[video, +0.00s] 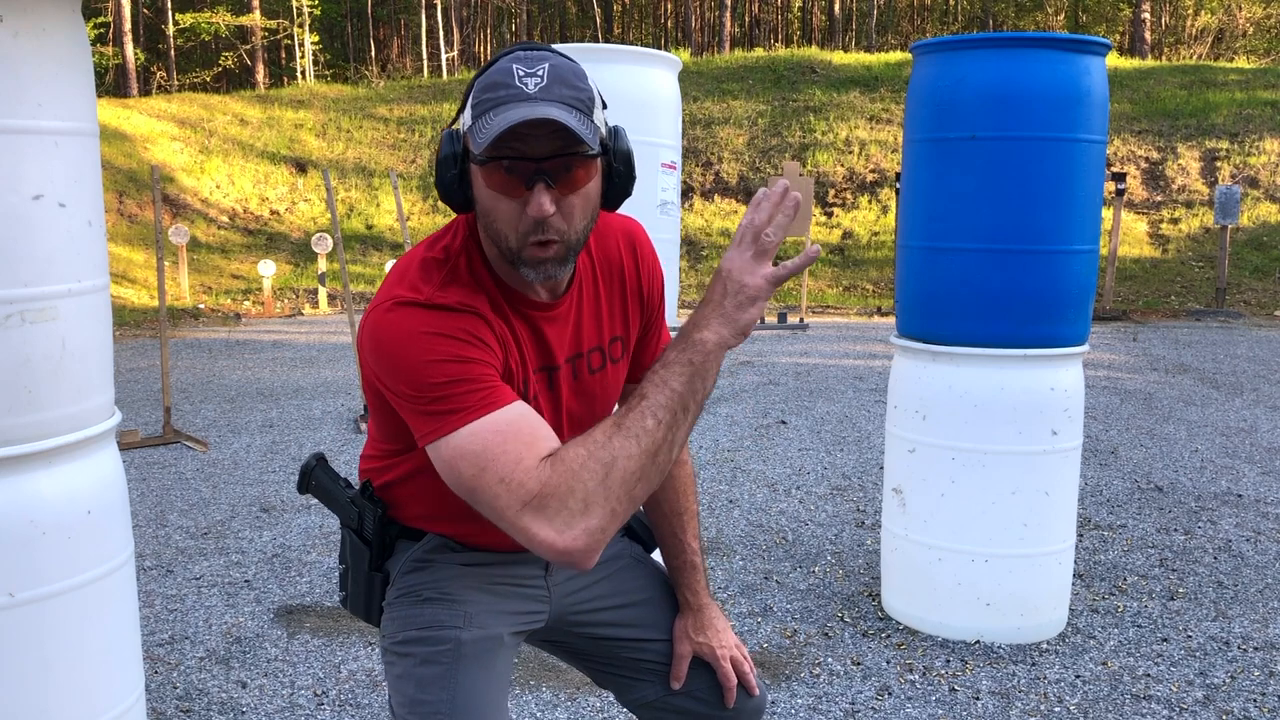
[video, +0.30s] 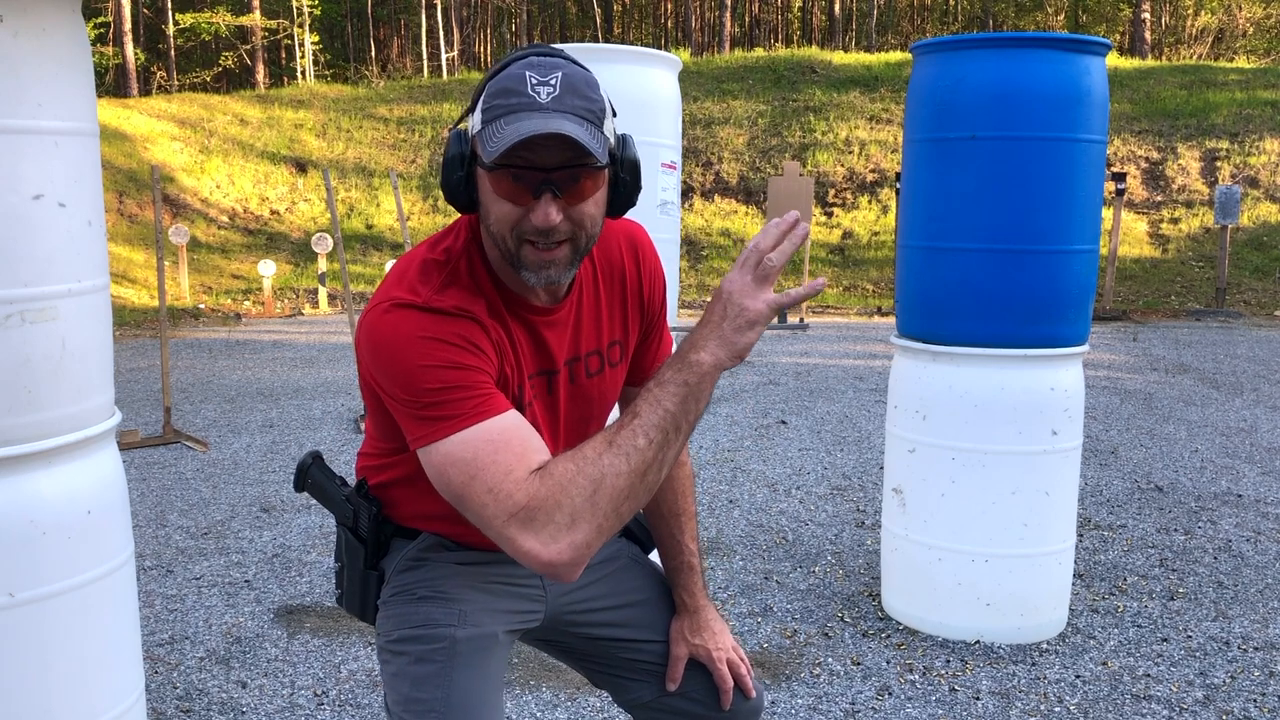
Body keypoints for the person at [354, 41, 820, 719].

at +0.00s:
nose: (542, 207)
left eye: (567, 170)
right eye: (511, 170)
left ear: (605, 172)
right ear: (465, 172)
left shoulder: (624, 250)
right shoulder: (415, 317)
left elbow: (657, 436)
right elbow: (562, 523)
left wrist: (694, 594)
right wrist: (711, 329)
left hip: (592, 557)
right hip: (449, 565)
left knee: (729, 703)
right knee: (458, 705)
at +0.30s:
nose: (547, 213)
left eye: (573, 178)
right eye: (520, 180)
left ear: (610, 178)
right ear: (472, 175)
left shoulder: (627, 256)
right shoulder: (413, 319)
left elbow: (656, 435)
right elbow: (550, 535)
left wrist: (691, 598)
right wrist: (707, 350)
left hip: (586, 553)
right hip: (443, 559)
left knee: (725, 702)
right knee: (456, 705)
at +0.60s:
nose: (559, 199)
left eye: (584, 164)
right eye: (530, 164)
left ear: (619, 163)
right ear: (480, 160)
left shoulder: (629, 252)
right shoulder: (415, 312)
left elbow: (654, 426)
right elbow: (466, 573)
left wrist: (690, 593)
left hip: (556, 522)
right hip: (432, 543)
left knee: (718, 701)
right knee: (455, 706)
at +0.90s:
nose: (591, 169)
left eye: (609, 138)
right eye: (559, 140)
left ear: (636, 146)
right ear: (495, 152)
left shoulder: (642, 255)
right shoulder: (419, 301)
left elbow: (659, 429)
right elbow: (353, 553)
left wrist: (686, 602)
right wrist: (572, 627)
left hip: (570, 532)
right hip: (439, 552)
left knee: (712, 698)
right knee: (449, 705)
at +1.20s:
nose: (577, 176)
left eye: (595, 143)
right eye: (544, 145)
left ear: (620, 147)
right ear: (482, 150)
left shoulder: (637, 252)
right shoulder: (403, 291)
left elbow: (658, 430)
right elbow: (414, 553)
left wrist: (682, 606)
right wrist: (606, 423)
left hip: (569, 534)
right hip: (432, 564)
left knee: (709, 702)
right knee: (435, 707)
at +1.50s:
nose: (579, 189)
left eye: (598, 156)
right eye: (547, 157)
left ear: (624, 158)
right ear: (487, 155)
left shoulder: (639, 256)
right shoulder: (405, 298)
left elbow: (657, 431)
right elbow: (402, 566)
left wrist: (679, 600)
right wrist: (597, 470)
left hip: (572, 541)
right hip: (430, 566)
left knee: (707, 702)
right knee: (436, 707)